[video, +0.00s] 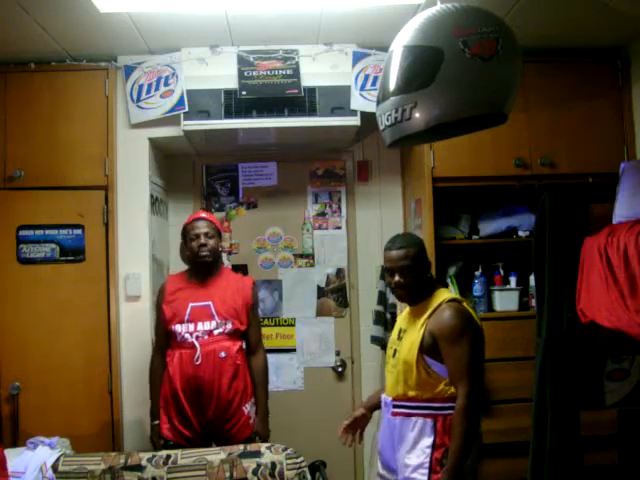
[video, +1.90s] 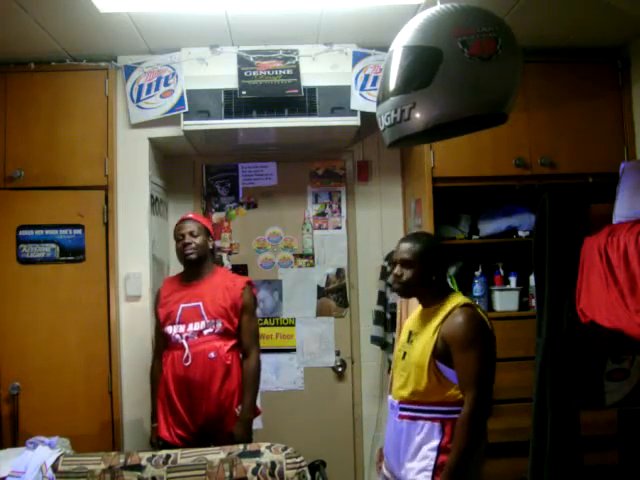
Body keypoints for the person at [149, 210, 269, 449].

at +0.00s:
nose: (202, 242)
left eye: (209, 236)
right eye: (194, 237)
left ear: (220, 243)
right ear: (184, 248)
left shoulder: (243, 287)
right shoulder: (169, 288)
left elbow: (256, 351)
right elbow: (160, 353)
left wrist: (262, 416)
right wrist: (156, 417)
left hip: (234, 415)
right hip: (180, 416)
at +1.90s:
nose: (186, 241)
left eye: (193, 234)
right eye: (180, 238)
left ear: (210, 241)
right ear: (176, 247)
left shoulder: (237, 287)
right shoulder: (166, 290)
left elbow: (251, 354)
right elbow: (159, 355)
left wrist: (245, 416)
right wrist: (157, 418)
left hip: (225, 415)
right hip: (176, 416)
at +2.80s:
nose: (187, 243)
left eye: (195, 236)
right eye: (180, 239)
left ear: (211, 242)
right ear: (176, 247)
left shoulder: (237, 288)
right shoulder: (167, 290)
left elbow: (251, 354)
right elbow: (160, 355)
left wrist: (245, 417)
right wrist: (157, 419)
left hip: (225, 416)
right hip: (176, 416)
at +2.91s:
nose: (187, 243)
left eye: (195, 236)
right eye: (180, 238)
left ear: (211, 242)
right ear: (176, 247)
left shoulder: (237, 288)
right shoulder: (167, 289)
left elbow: (251, 355)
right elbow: (160, 355)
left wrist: (245, 417)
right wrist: (157, 419)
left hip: (225, 416)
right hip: (176, 416)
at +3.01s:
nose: (187, 241)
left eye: (195, 234)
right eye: (180, 238)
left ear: (211, 242)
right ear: (176, 248)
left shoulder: (237, 288)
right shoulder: (167, 289)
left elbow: (251, 355)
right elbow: (160, 355)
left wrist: (245, 417)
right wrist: (157, 419)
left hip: (225, 416)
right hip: (176, 416)